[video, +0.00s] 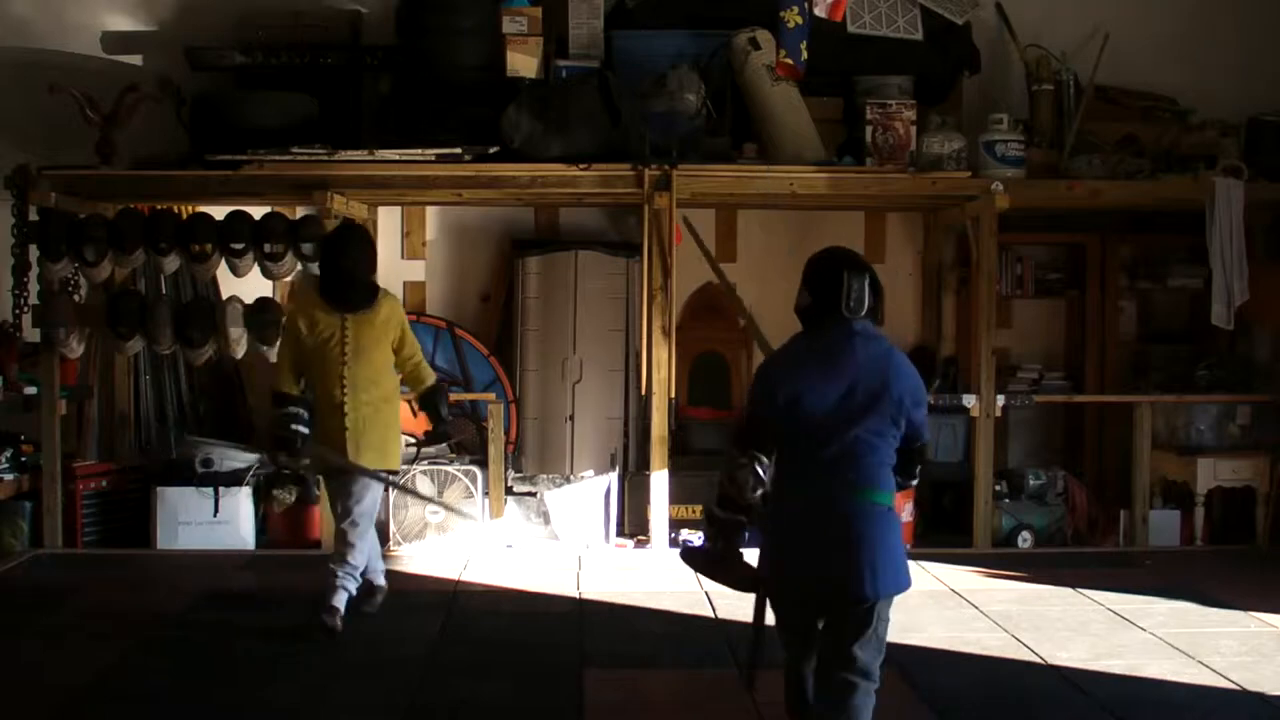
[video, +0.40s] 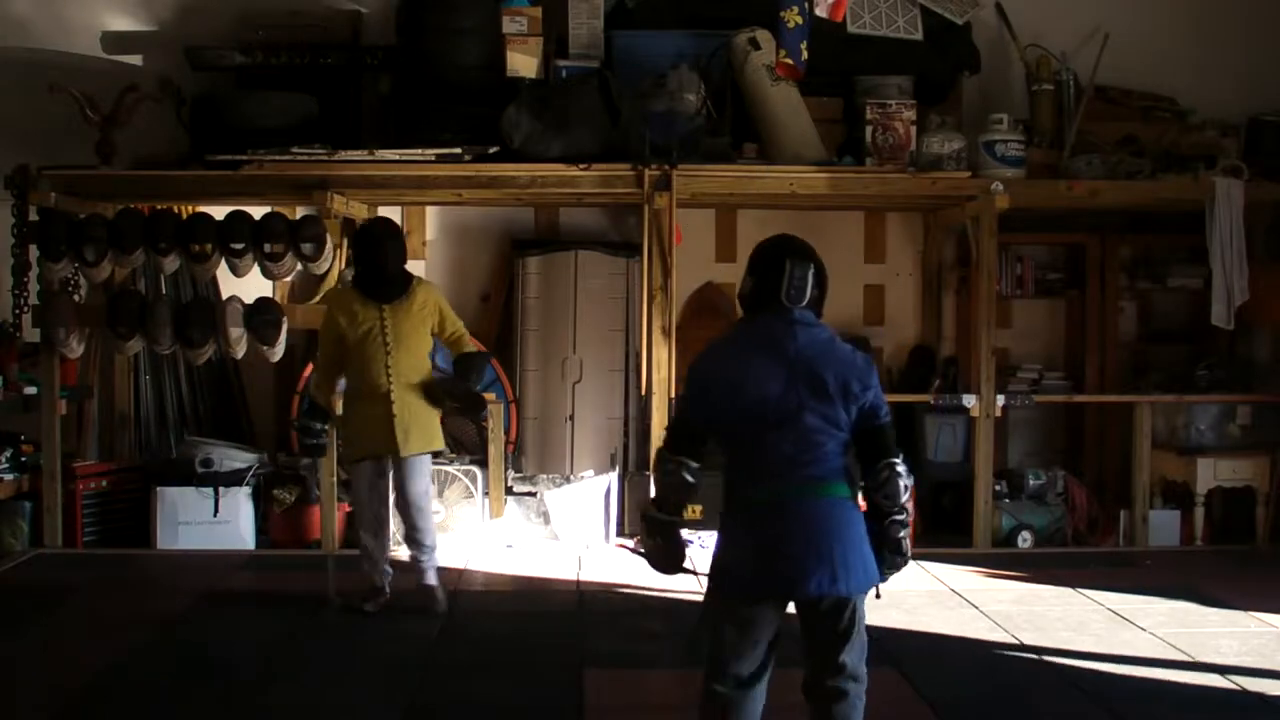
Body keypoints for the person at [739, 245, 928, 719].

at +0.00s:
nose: (798, 303)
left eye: (804, 294)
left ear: (808, 299)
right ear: (869, 300)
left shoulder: (779, 365)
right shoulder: (896, 367)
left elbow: (750, 448)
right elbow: (908, 464)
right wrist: (870, 488)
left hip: (792, 537)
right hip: (866, 541)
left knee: (801, 664)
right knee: (856, 671)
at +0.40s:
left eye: (750, 281)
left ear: (750, 289)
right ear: (817, 292)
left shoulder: (718, 362)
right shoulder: (850, 363)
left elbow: (679, 460)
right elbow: (886, 468)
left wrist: (662, 526)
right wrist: (892, 534)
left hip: (750, 542)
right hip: (833, 542)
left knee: (735, 683)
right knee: (841, 682)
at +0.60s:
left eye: (722, 282)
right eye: (785, 284)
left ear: (724, 287)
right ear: (790, 290)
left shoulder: (691, 359)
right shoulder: (826, 359)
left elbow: (655, 451)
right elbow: (862, 457)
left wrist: (651, 516)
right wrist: (876, 525)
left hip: (742, 538)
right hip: (825, 535)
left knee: (728, 687)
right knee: (840, 681)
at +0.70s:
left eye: (718, 281)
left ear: (721, 287)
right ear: (788, 289)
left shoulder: (690, 360)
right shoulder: (826, 357)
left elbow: (653, 453)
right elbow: (865, 454)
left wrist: (650, 519)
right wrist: (880, 525)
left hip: (745, 540)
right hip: (828, 534)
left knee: (728, 691)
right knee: (856, 680)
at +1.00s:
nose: (765, 298)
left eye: (770, 289)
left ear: (772, 296)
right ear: (841, 296)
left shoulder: (749, 368)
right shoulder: (883, 370)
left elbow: (708, 458)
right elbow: (916, 482)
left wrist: (701, 523)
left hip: (791, 550)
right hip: (878, 546)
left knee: (752, 696)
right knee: (926, 694)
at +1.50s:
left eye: (926, 281)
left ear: (928, 287)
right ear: (993, 290)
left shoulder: (897, 359)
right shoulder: (1035, 367)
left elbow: (850, 451)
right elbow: (1058, 479)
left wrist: (812, 503)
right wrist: (1049, 542)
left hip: (914, 551)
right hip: (1001, 552)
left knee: (918, 690)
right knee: (995, 693)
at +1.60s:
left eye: (947, 282)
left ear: (942, 289)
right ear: (1004, 290)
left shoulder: (911, 359)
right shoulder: (1046, 367)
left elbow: (863, 455)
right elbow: (1069, 479)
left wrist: (828, 516)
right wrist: (1068, 543)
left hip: (926, 550)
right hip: (1011, 553)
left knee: (930, 693)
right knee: (1001, 695)